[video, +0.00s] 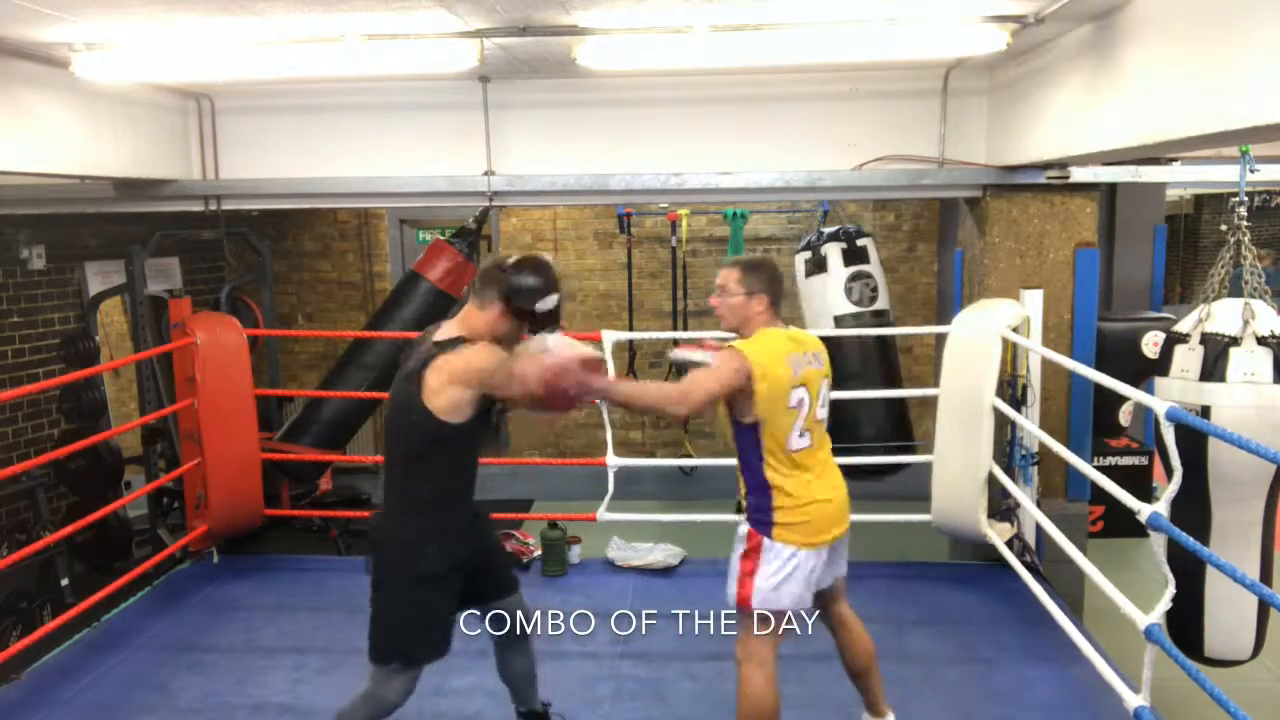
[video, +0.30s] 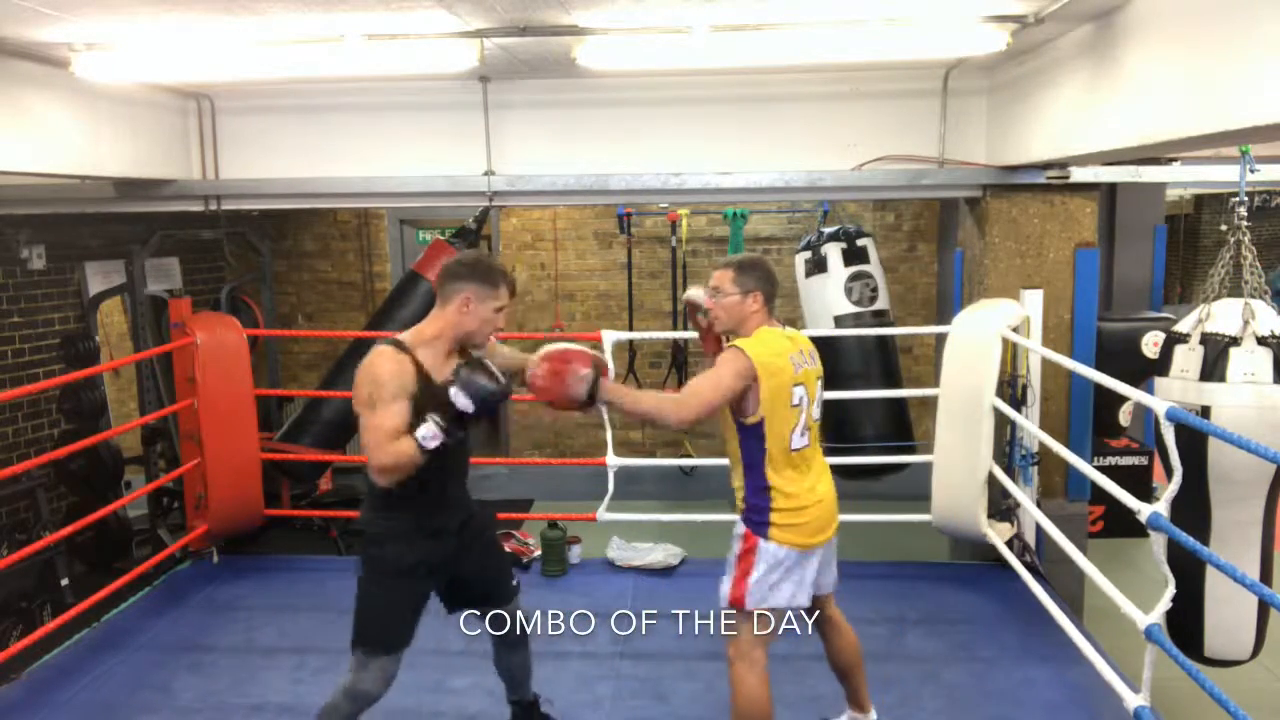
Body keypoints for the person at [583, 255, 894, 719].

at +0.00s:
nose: (712, 301)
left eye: (722, 293)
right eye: (715, 291)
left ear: (758, 302)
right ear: (763, 303)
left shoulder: (743, 357)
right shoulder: (811, 345)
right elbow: (782, 383)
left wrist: (599, 385)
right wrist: (731, 359)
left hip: (780, 522)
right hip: (831, 507)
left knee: (754, 653)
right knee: (837, 609)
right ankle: (880, 712)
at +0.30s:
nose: (708, 305)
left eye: (717, 295)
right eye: (708, 295)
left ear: (753, 301)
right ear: (758, 304)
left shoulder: (743, 356)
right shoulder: (800, 345)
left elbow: (682, 410)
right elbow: (744, 399)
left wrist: (601, 388)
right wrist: (711, 335)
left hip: (774, 523)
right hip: (818, 511)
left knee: (746, 650)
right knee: (824, 611)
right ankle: (862, 710)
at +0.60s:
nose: (695, 306)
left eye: (705, 297)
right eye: (696, 296)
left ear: (740, 303)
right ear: (744, 304)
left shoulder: (749, 359)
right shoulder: (783, 347)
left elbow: (704, 421)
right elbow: (743, 415)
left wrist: (625, 390)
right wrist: (676, 421)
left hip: (757, 525)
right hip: (798, 512)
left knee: (735, 652)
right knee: (811, 612)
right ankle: (854, 712)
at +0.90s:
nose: (669, 321)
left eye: (677, 310)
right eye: (671, 310)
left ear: (710, 313)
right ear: (706, 315)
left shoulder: (754, 355)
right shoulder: (705, 372)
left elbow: (718, 404)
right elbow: (655, 426)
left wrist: (662, 366)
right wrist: (581, 427)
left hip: (770, 534)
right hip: (766, 528)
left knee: (737, 664)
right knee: (807, 620)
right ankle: (863, 709)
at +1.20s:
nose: (687, 312)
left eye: (696, 302)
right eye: (689, 302)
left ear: (730, 305)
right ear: (732, 306)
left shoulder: (743, 349)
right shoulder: (767, 346)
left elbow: (667, 384)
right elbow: (751, 445)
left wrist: (610, 342)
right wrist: (683, 472)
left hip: (758, 529)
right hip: (791, 521)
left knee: (732, 661)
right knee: (804, 630)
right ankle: (836, 715)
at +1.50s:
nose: (691, 311)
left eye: (700, 301)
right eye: (691, 301)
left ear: (736, 308)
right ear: (740, 310)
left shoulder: (732, 364)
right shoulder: (785, 352)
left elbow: (665, 420)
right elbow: (743, 420)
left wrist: (596, 393)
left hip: (756, 537)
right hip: (806, 527)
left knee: (723, 660)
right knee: (810, 633)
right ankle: (837, 717)